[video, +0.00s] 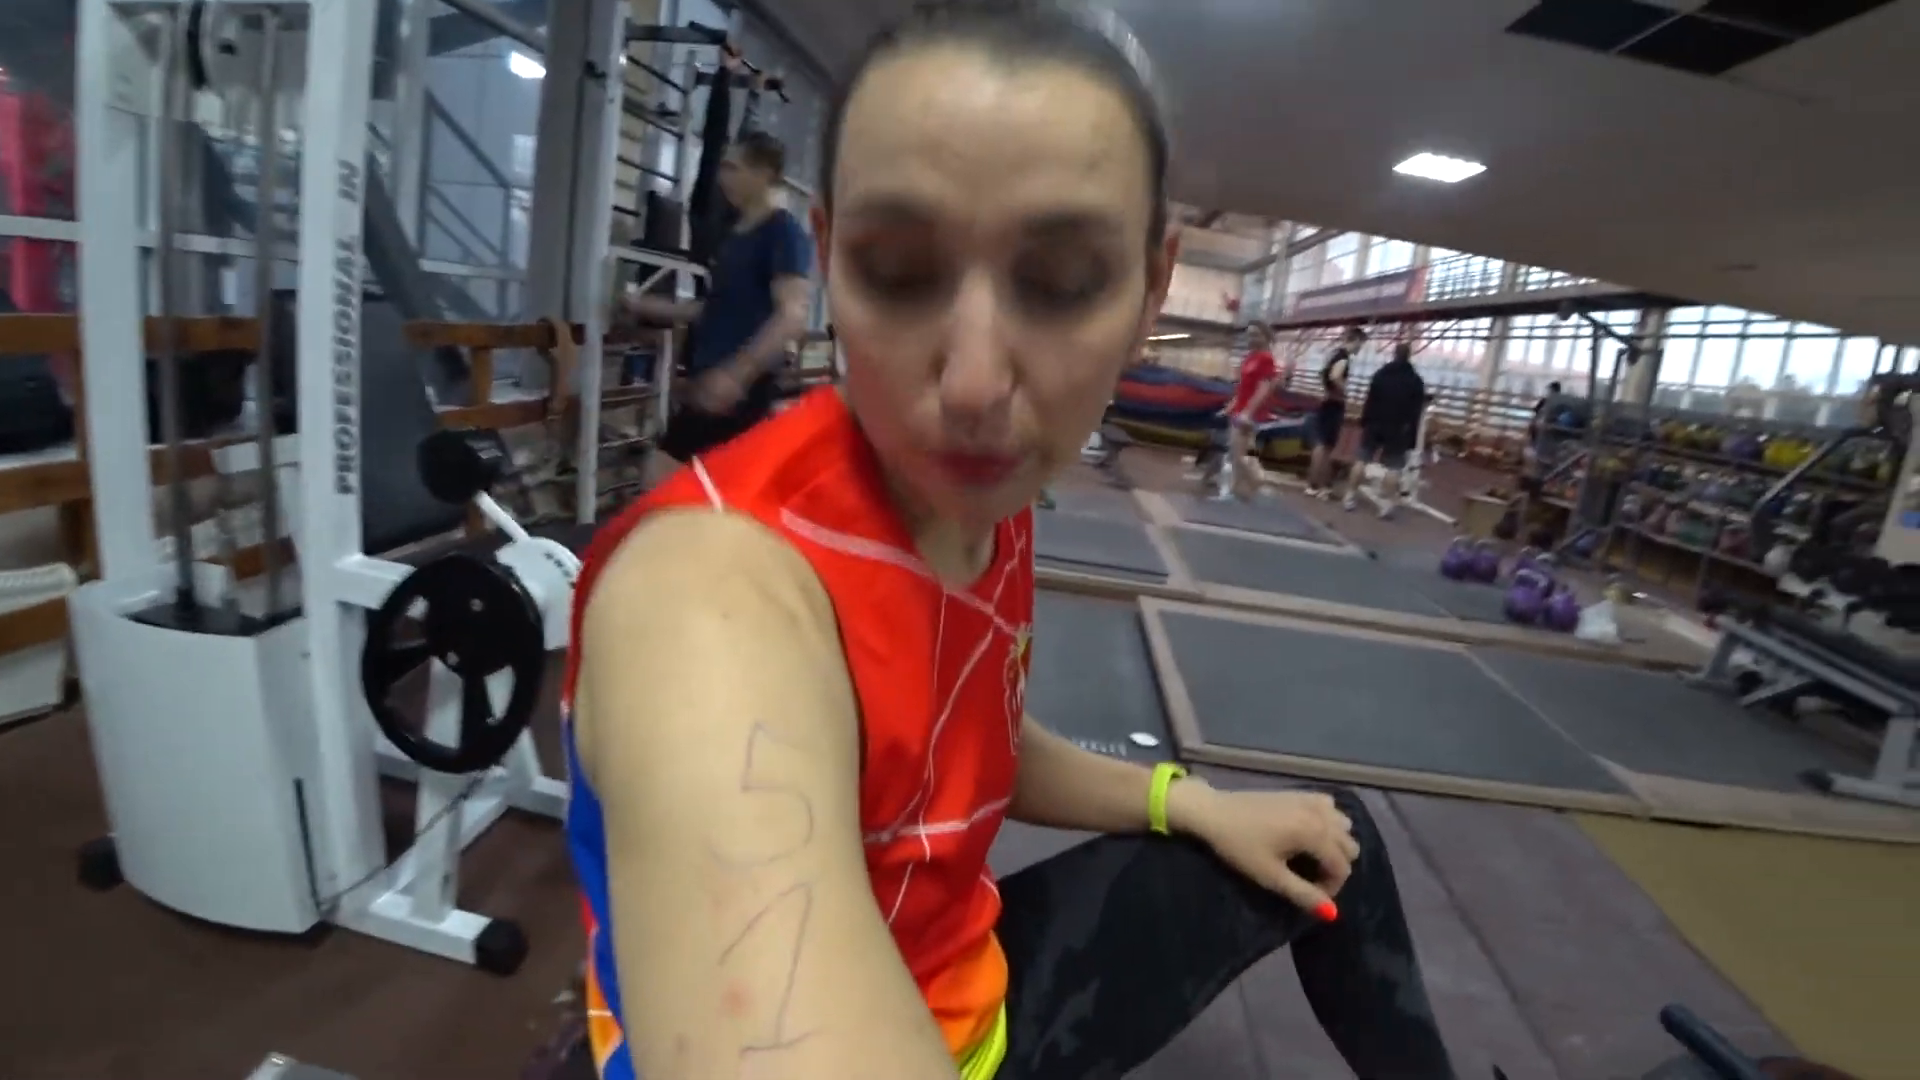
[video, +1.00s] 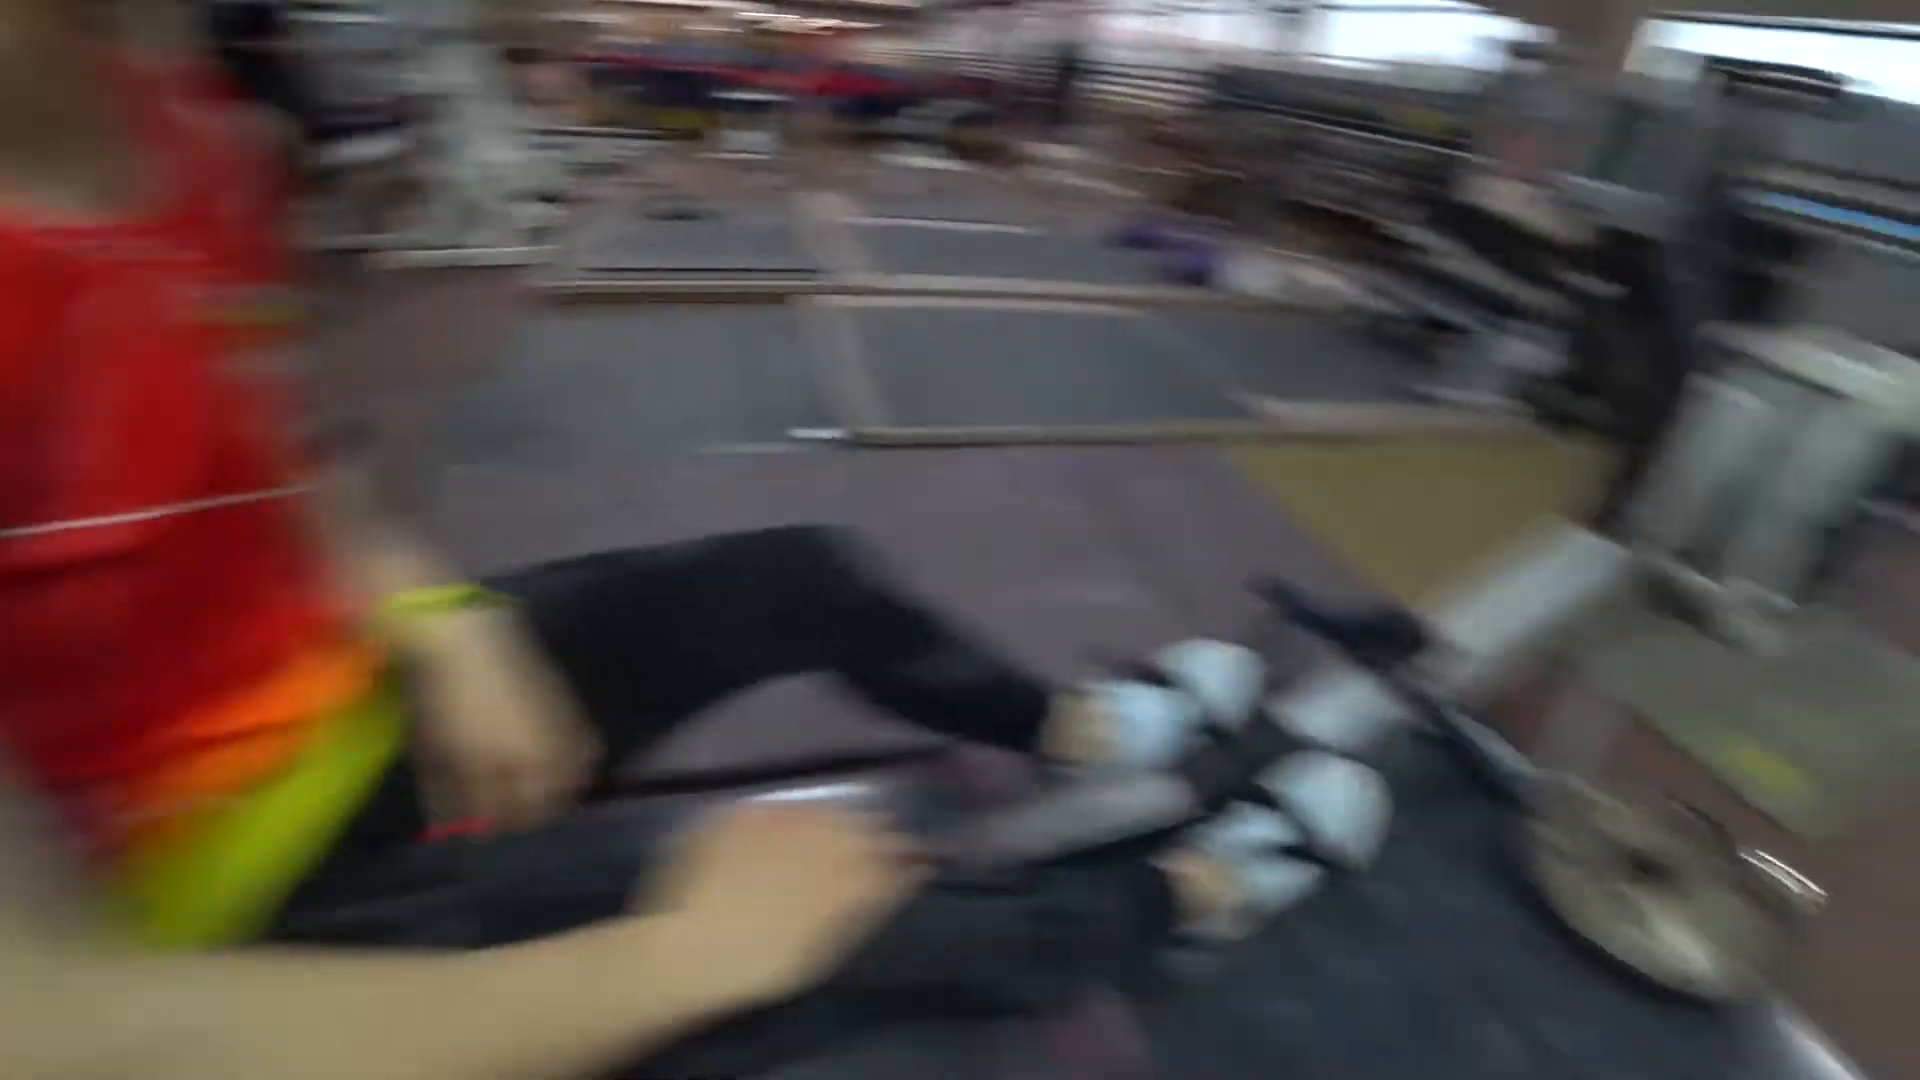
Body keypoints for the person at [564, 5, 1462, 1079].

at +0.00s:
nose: (973, 385)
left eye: (1059, 285)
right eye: (900, 273)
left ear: (1154, 283)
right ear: (829, 257)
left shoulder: (979, 489)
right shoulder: (712, 599)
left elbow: (980, 754)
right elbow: (783, 1047)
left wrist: (1190, 808)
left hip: (975, 993)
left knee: (1324, 838)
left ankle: (1410, 1060)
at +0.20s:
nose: (1005, 221)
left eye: (1094, 117)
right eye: (915, 108)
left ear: (1177, 135)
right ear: (816, 119)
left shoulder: (967, 412)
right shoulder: (689, 488)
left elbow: (950, 695)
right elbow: (792, 1051)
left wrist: (1184, 750)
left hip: (959, 947)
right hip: (778, 1029)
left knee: (1317, 787)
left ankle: (1430, 1070)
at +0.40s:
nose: (1091, 41)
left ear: (1187, 27)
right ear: (824, 12)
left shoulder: (963, 301)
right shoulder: (682, 355)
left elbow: (948, 597)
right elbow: (815, 1040)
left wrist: (1183, 653)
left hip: (953, 837)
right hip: (804, 957)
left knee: (1301, 696)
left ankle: (1440, 1010)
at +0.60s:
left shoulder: (936, 210)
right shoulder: (673, 272)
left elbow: (912, 523)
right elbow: (846, 1030)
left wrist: (1128, 602)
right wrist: (1325, 1066)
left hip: (945, 747)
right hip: (849, 921)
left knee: (1294, 622)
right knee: (1342, 1037)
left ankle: (1437, 920)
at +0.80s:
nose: (954, 11)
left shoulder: (776, 117)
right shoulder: (456, 217)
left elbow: (764, 455)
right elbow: (644, 999)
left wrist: (934, 594)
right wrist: (1151, 1020)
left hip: (855, 685)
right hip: (742, 876)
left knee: (1213, 585)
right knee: (1382, 1026)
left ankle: (1373, 821)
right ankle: (1502, 1033)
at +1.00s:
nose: (133, 29)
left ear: (110, 9)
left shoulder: (176, 144)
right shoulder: (33, 297)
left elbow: (277, 462)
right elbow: (43, 1005)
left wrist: (448, 635)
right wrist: (660, 951)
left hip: (384, 694)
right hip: (281, 893)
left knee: (792, 580)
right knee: (795, 905)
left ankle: (1075, 730)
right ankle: (1184, 900)